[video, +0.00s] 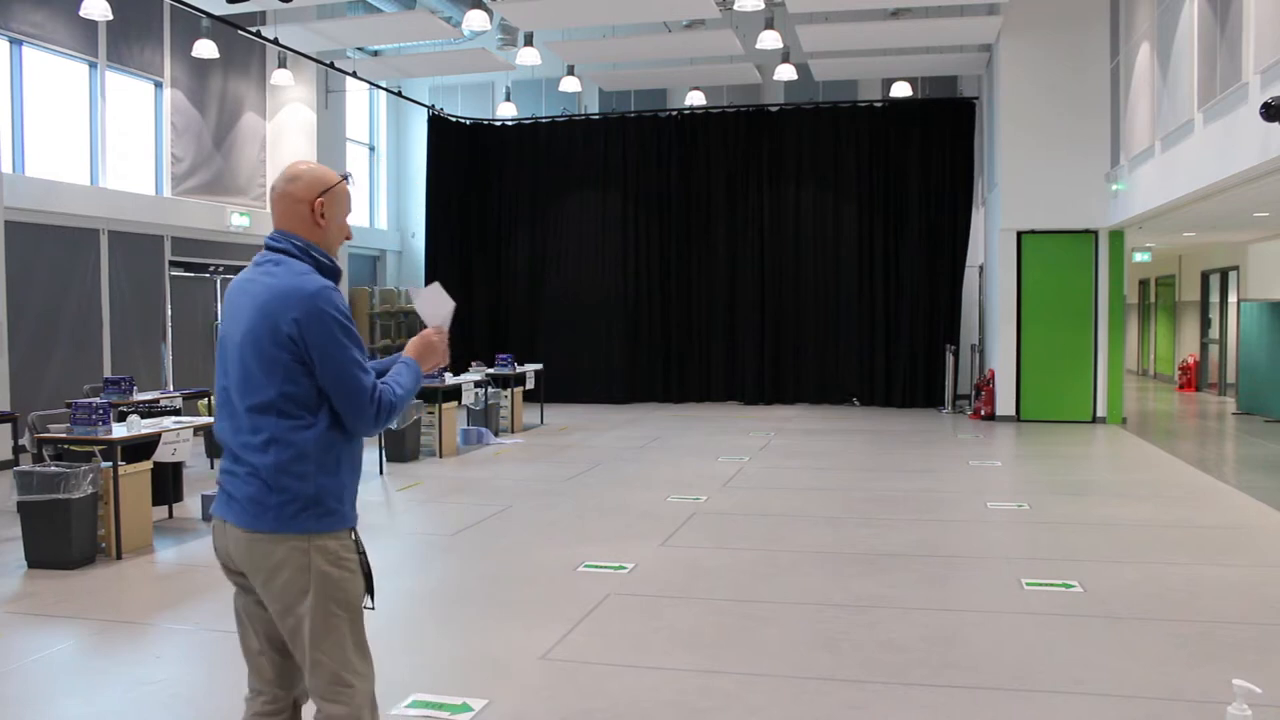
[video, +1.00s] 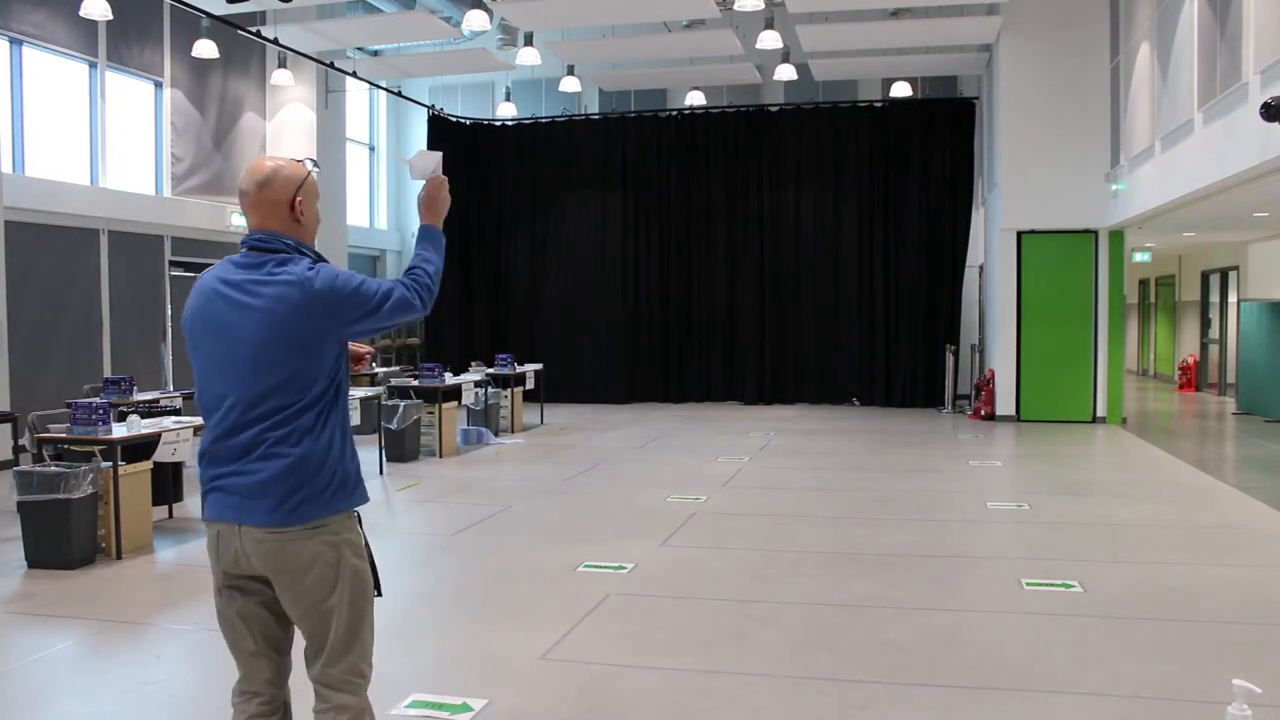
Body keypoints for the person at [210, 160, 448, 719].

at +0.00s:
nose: (350, 227)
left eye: (349, 212)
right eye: (345, 212)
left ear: (300, 211)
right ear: (317, 211)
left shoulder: (246, 284)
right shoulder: (312, 296)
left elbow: (315, 390)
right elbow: (368, 410)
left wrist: (395, 365)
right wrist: (415, 361)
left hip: (239, 521)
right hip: (301, 534)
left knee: (272, 694)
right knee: (345, 699)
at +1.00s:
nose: (318, 211)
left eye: (318, 200)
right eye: (316, 201)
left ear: (248, 211)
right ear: (299, 207)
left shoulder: (203, 292)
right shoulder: (317, 289)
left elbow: (245, 372)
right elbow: (414, 295)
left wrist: (330, 359)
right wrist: (432, 223)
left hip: (227, 525)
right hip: (310, 527)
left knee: (257, 690)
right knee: (340, 687)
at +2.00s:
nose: (365, 220)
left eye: (361, 209)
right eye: (360, 209)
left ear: (303, 222)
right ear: (346, 221)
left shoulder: (282, 295)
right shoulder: (335, 290)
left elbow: (358, 354)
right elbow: (439, 237)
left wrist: (418, 311)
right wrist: (415, 146)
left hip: (308, 521)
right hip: (353, 521)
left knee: (366, 660)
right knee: (379, 683)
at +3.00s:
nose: (485, 257)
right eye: (483, 250)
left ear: (435, 270)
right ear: (483, 261)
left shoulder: (416, 324)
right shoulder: (516, 310)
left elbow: (408, 408)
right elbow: (517, 379)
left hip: (441, 481)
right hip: (508, 473)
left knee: (479, 604)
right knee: (491, 616)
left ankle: (502, 709)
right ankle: (460, 716)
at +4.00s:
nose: (480, 257)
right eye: (478, 251)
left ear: (429, 265)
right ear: (478, 259)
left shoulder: (408, 325)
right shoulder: (511, 309)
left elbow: (393, 414)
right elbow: (541, 399)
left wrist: (438, 412)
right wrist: (504, 416)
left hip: (437, 483)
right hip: (503, 477)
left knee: (479, 598)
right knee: (487, 607)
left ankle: (497, 708)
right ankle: (459, 717)